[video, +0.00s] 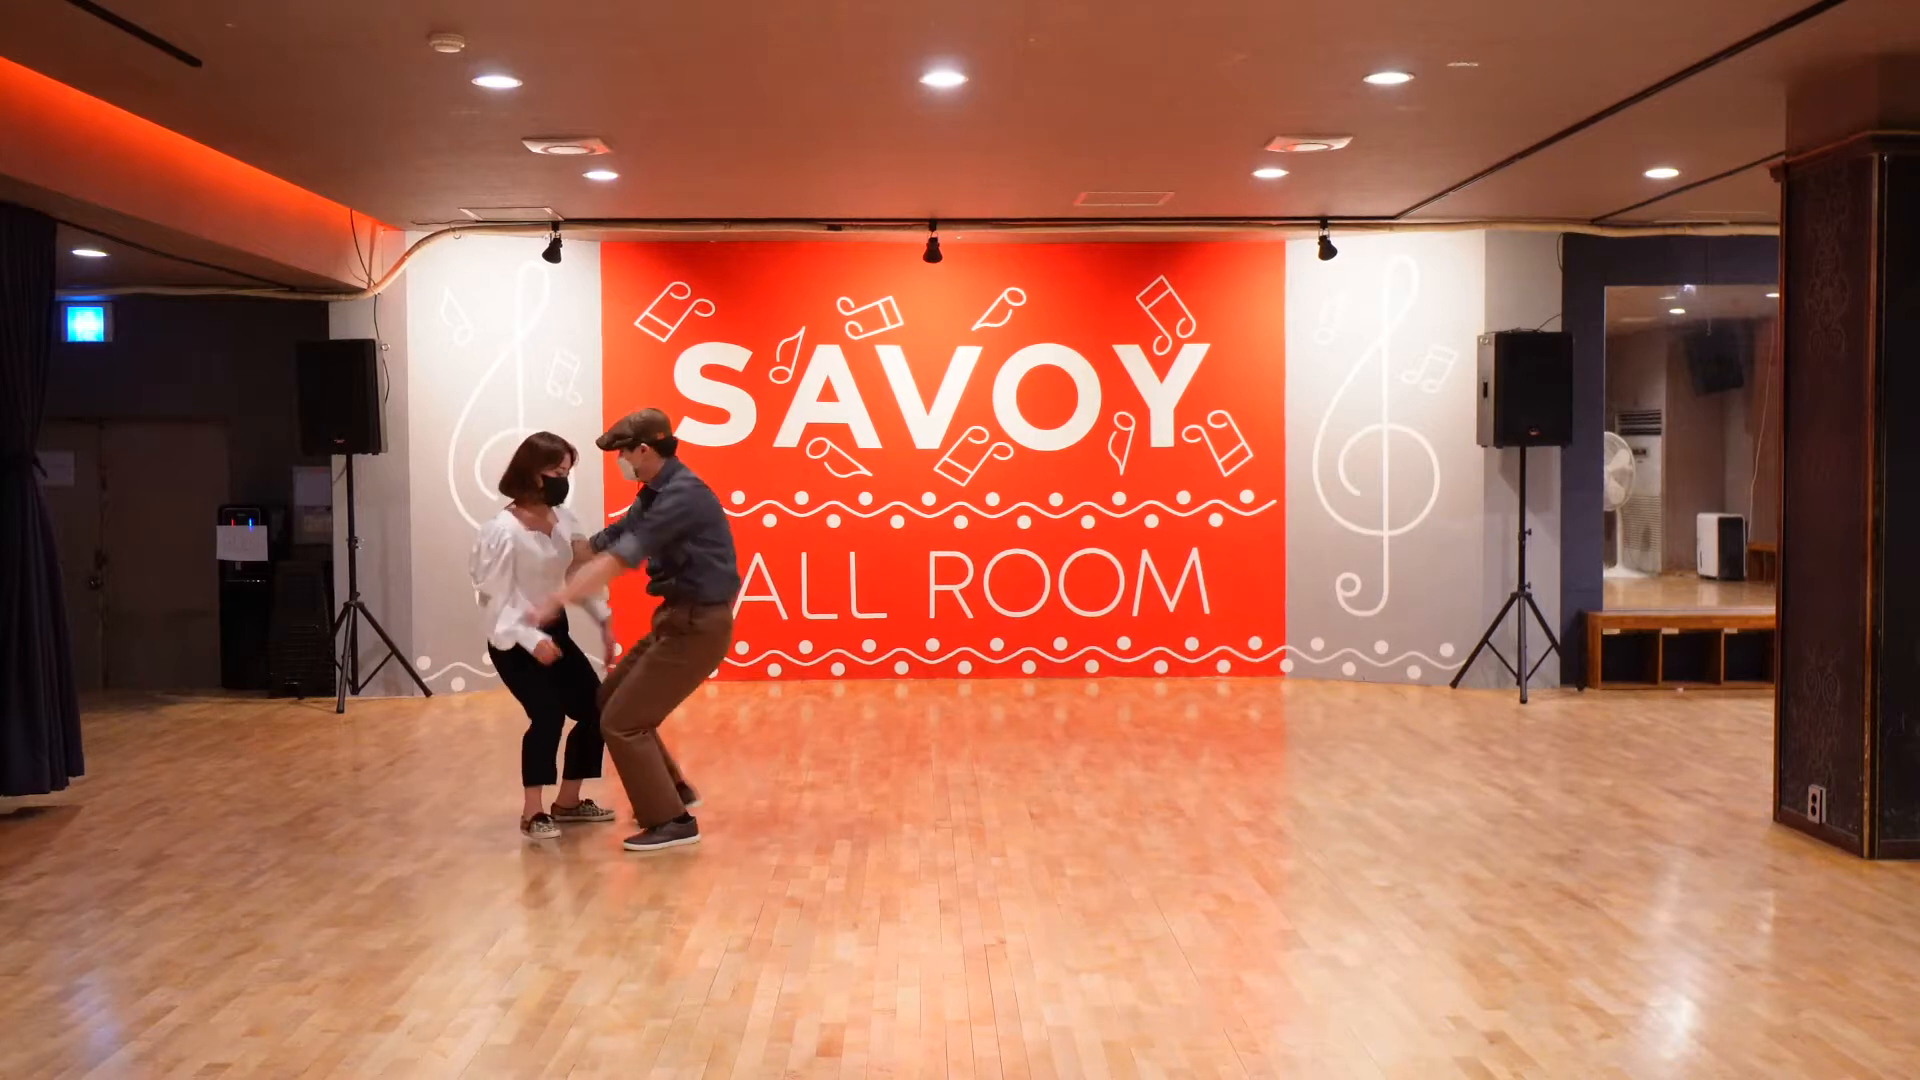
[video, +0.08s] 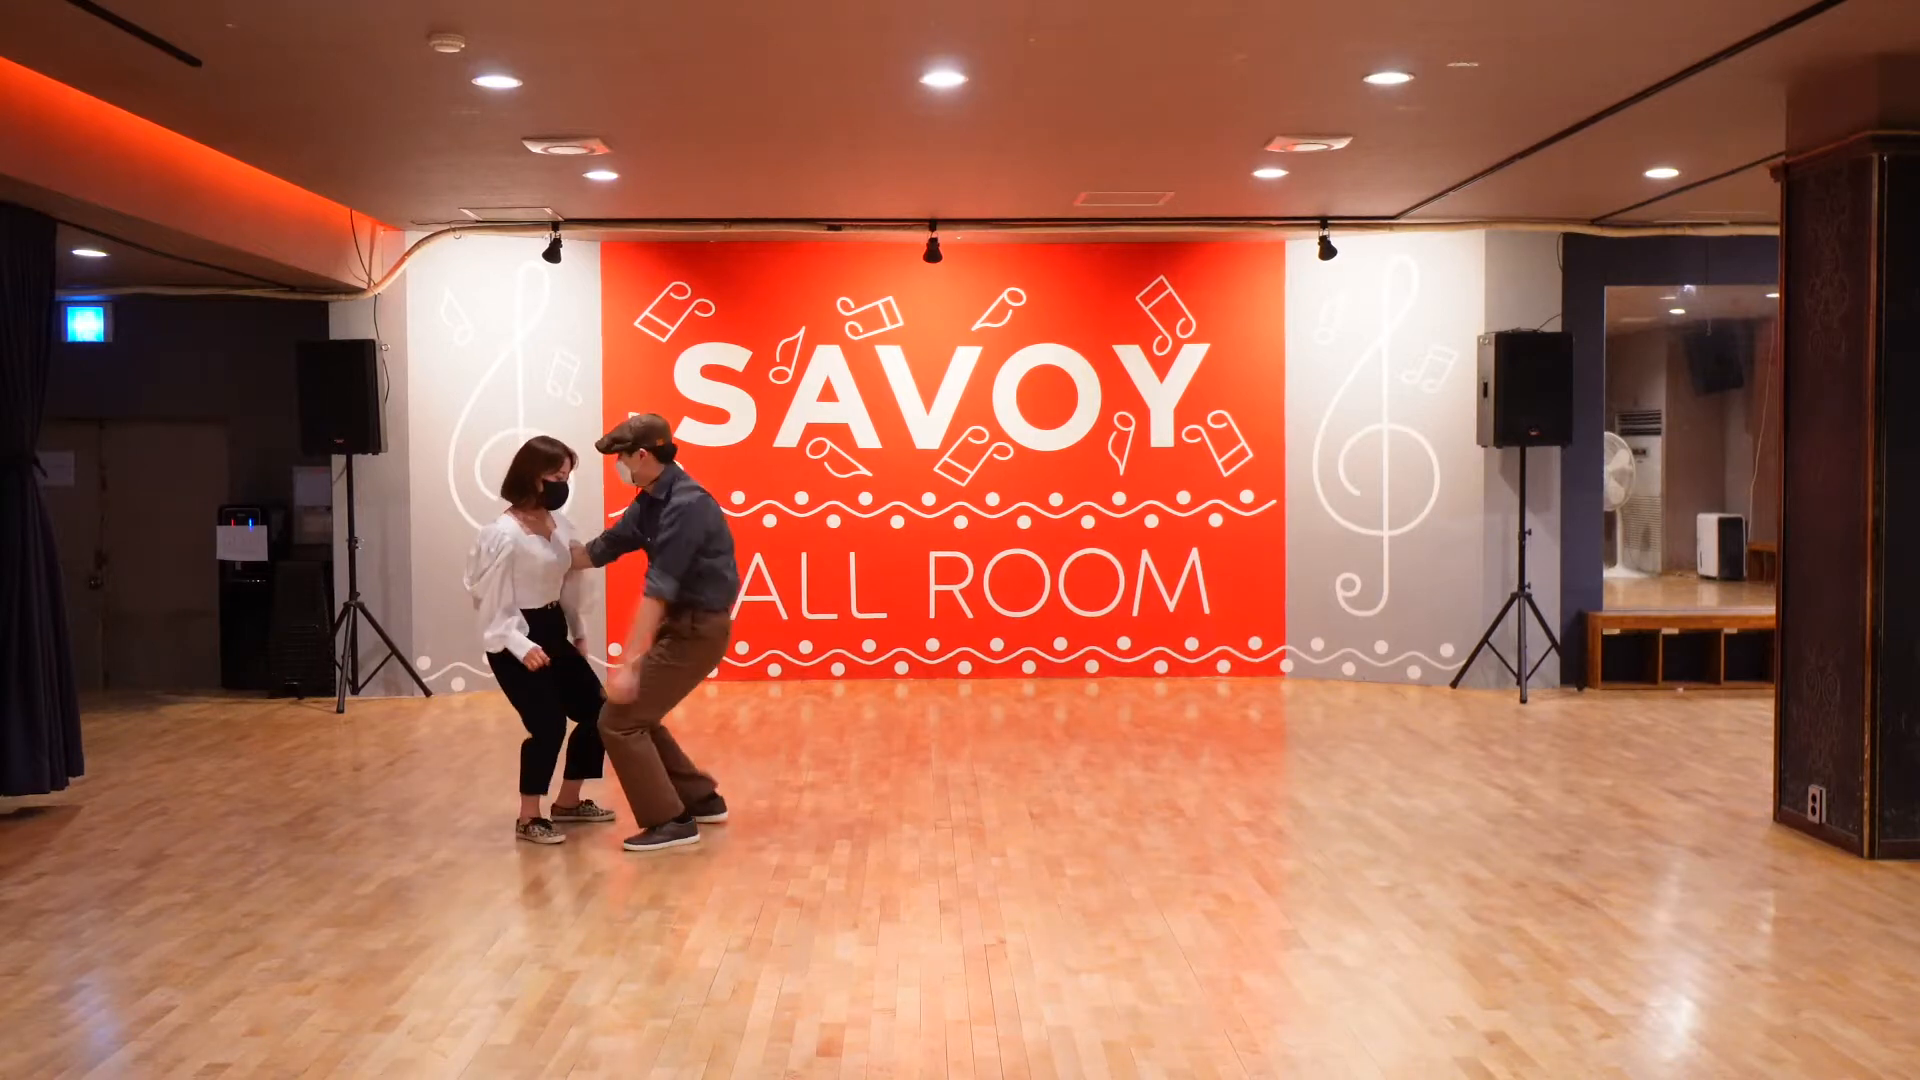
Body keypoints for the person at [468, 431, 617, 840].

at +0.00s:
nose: (565, 480)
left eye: (568, 472)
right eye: (559, 472)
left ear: (566, 473)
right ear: (536, 475)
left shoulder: (563, 521)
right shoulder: (502, 532)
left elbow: (581, 579)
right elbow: (495, 601)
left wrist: (605, 624)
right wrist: (531, 639)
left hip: (552, 629)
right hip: (512, 638)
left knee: (593, 704)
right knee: (548, 712)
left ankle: (568, 802)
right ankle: (533, 813)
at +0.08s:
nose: (565, 483)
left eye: (567, 475)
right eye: (558, 476)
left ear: (564, 475)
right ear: (536, 477)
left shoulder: (560, 526)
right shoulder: (502, 534)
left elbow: (570, 587)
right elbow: (493, 608)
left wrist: (577, 634)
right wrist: (522, 646)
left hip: (551, 630)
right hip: (512, 637)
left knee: (596, 708)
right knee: (548, 723)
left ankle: (569, 801)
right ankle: (528, 818)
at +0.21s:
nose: (568, 490)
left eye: (569, 482)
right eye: (562, 482)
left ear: (540, 486)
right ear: (539, 486)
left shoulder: (553, 529)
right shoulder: (502, 539)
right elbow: (490, 614)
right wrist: (533, 630)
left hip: (539, 637)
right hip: (501, 647)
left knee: (603, 689)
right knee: (551, 725)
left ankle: (582, 783)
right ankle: (530, 819)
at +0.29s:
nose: (564, 497)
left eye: (566, 489)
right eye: (558, 490)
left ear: (541, 492)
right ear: (535, 492)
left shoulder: (545, 530)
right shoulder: (499, 543)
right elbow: (494, 614)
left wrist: (605, 523)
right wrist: (550, 601)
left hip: (535, 641)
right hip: (499, 650)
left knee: (599, 686)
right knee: (545, 725)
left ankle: (609, 781)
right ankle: (529, 819)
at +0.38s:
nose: (560, 505)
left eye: (562, 497)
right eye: (555, 498)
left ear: (534, 496)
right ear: (532, 497)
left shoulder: (540, 532)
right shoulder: (500, 546)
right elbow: (517, 603)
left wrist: (572, 551)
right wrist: (566, 568)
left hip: (533, 644)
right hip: (499, 651)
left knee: (583, 713)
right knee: (541, 729)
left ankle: (629, 787)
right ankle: (529, 820)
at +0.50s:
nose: (560, 508)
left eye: (562, 500)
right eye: (555, 501)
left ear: (526, 499)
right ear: (534, 502)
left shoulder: (533, 534)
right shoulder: (502, 556)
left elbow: (559, 546)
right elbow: (543, 580)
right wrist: (587, 550)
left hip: (529, 647)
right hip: (495, 654)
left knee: (578, 716)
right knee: (540, 727)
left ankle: (623, 783)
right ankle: (529, 820)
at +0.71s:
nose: (568, 505)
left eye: (570, 497)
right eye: (564, 498)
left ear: (538, 493)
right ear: (543, 495)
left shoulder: (540, 532)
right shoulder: (503, 543)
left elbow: (546, 566)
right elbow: (514, 609)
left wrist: (593, 554)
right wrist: (553, 661)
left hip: (523, 636)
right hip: (490, 645)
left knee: (584, 702)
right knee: (544, 723)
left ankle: (554, 792)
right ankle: (529, 820)